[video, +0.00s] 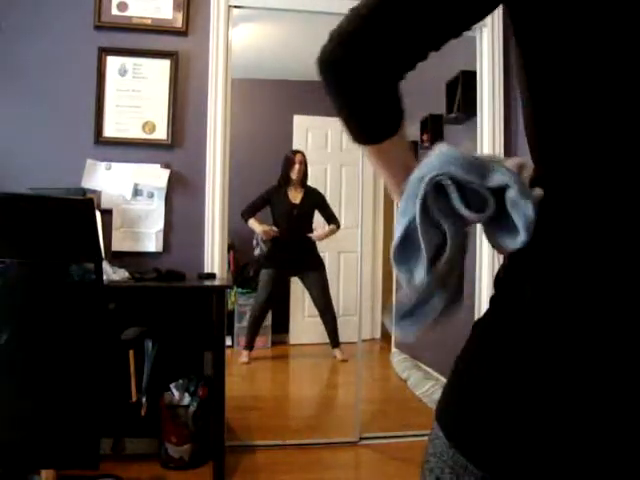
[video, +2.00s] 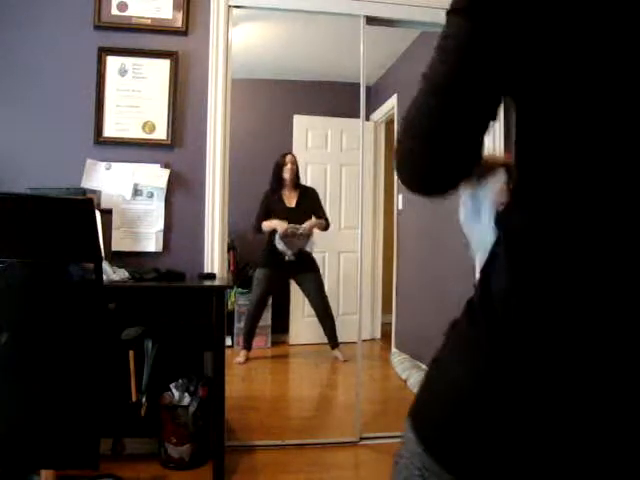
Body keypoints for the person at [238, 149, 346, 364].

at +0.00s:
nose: (298, 167)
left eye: (301, 164)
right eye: (294, 163)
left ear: (306, 168)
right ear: (286, 166)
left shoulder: (313, 195)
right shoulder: (275, 193)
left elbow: (335, 224)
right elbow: (246, 214)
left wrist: (320, 235)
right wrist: (260, 228)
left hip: (305, 252)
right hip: (277, 252)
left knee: (323, 301)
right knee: (262, 301)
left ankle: (336, 347)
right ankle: (247, 348)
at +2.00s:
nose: (291, 167)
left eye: (293, 164)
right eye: (286, 164)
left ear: (298, 168)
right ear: (279, 169)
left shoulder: (309, 194)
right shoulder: (271, 196)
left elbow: (325, 223)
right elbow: (259, 227)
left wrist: (314, 224)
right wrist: (275, 224)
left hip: (301, 256)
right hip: (273, 257)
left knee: (320, 300)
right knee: (257, 301)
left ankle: (335, 346)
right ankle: (245, 348)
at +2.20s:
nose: (300, 165)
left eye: (303, 162)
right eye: (296, 162)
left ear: (308, 167)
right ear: (289, 167)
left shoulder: (316, 194)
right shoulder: (279, 191)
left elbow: (328, 226)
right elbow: (262, 216)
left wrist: (322, 228)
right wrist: (285, 210)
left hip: (310, 257)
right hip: (281, 257)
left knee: (326, 300)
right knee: (264, 299)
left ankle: (337, 347)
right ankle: (246, 348)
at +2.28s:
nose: (305, 165)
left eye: (308, 162)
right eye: (301, 162)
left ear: (312, 168)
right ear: (293, 168)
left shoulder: (320, 196)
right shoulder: (284, 190)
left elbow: (329, 229)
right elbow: (264, 213)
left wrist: (325, 229)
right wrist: (288, 208)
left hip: (315, 256)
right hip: (287, 256)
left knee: (329, 300)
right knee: (265, 299)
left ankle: (337, 347)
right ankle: (245, 348)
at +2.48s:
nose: (309, 169)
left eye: (312, 165)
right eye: (304, 165)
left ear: (316, 171)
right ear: (297, 171)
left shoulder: (323, 199)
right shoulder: (287, 193)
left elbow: (334, 232)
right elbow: (265, 217)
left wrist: (328, 233)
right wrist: (288, 213)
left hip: (318, 257)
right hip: (291, 257)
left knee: (335, 298)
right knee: (267, 299)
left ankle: (337, 347)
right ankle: (244, 346)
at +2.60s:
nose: (308, 169)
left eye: (311, 165)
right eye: (304, 166)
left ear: (316, 171)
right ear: (297, 171)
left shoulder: (323, 199)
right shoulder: (286, 193)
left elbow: (337, 231)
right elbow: (265, 218)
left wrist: (326, 231)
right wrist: (289, 217)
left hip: (317, 259)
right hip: (289, 258)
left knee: (334, 300)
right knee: (267, 299)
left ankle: (337, 347)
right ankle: (244, 347)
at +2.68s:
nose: (304, 167)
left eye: (308, 164)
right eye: (300, 164)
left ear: (313, 169)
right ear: (293, 169)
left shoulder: (320, 197)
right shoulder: (283, 192)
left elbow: (336, 228)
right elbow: (262, 217)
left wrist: (321, 232)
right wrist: (286, 218)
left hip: (311, 258)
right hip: (283, 257)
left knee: (331, 302)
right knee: (262, 301)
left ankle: (337, 347)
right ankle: (243, 348)